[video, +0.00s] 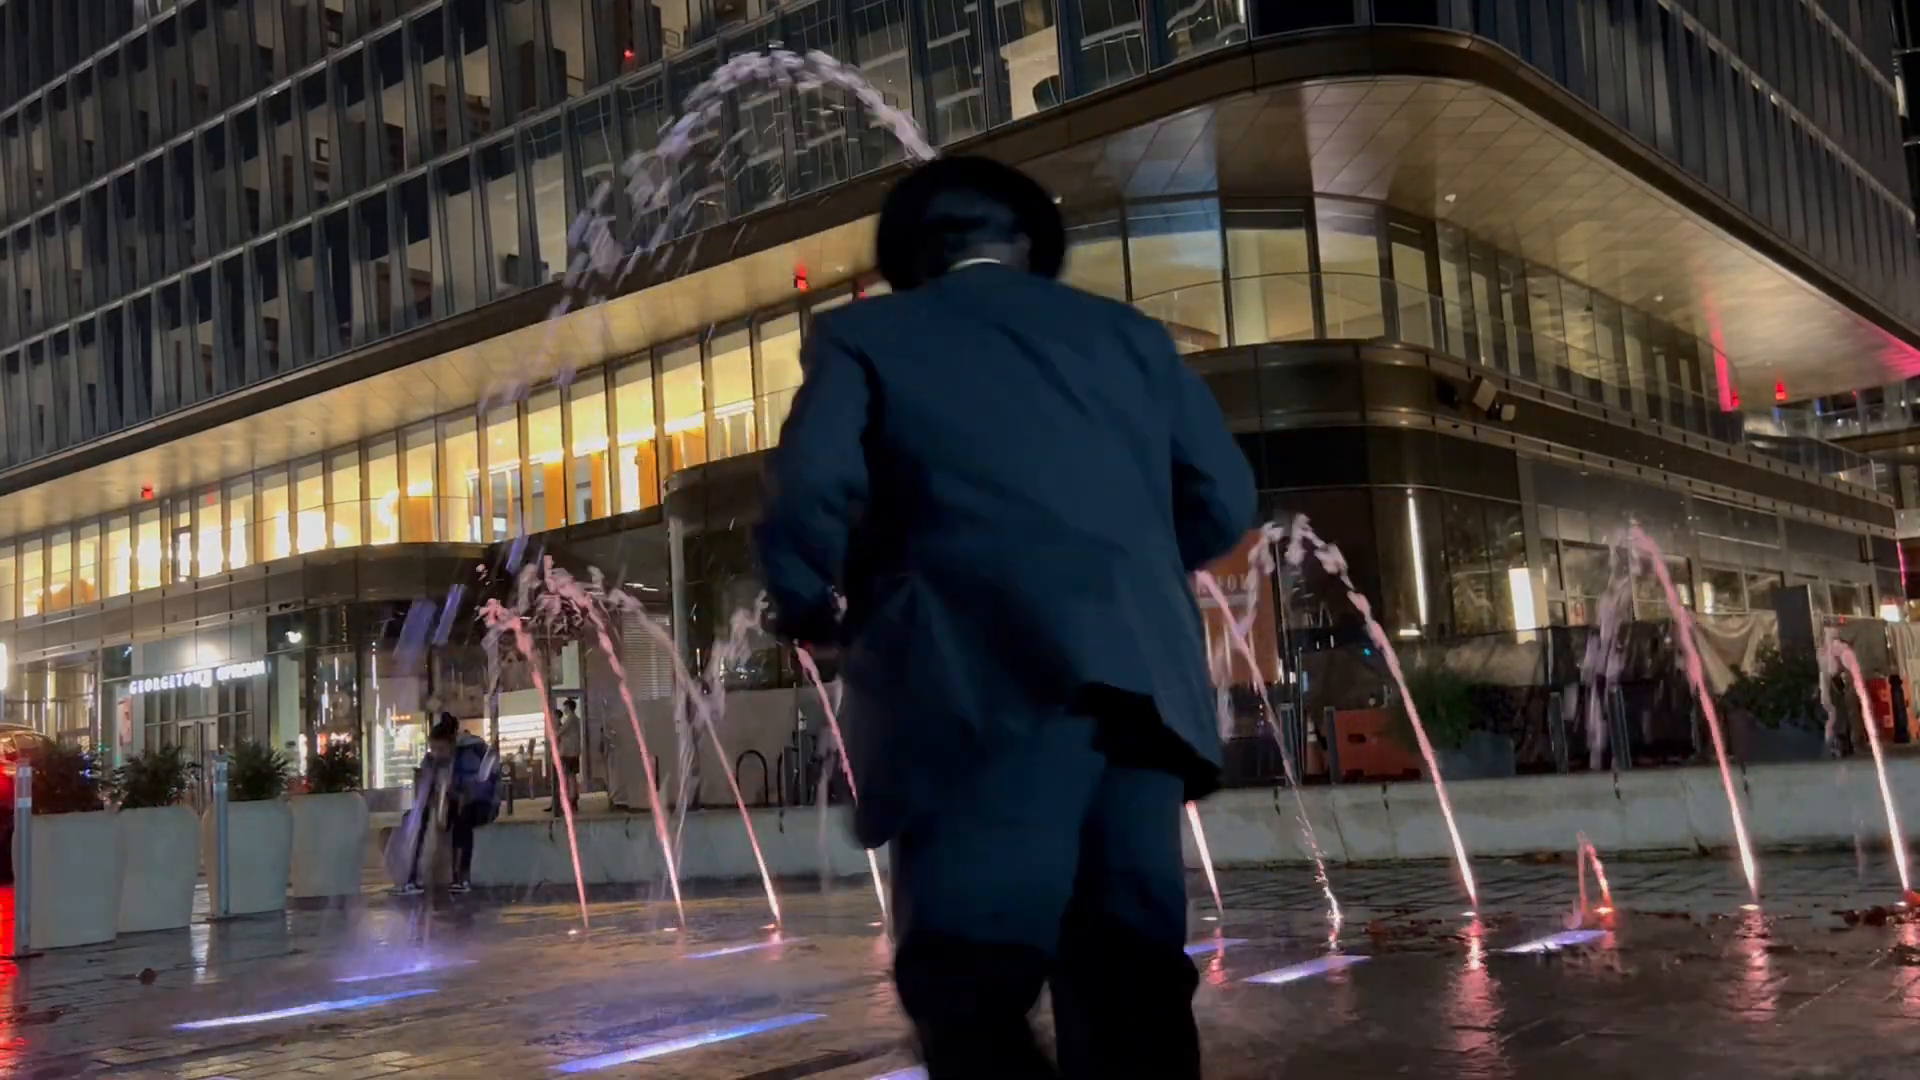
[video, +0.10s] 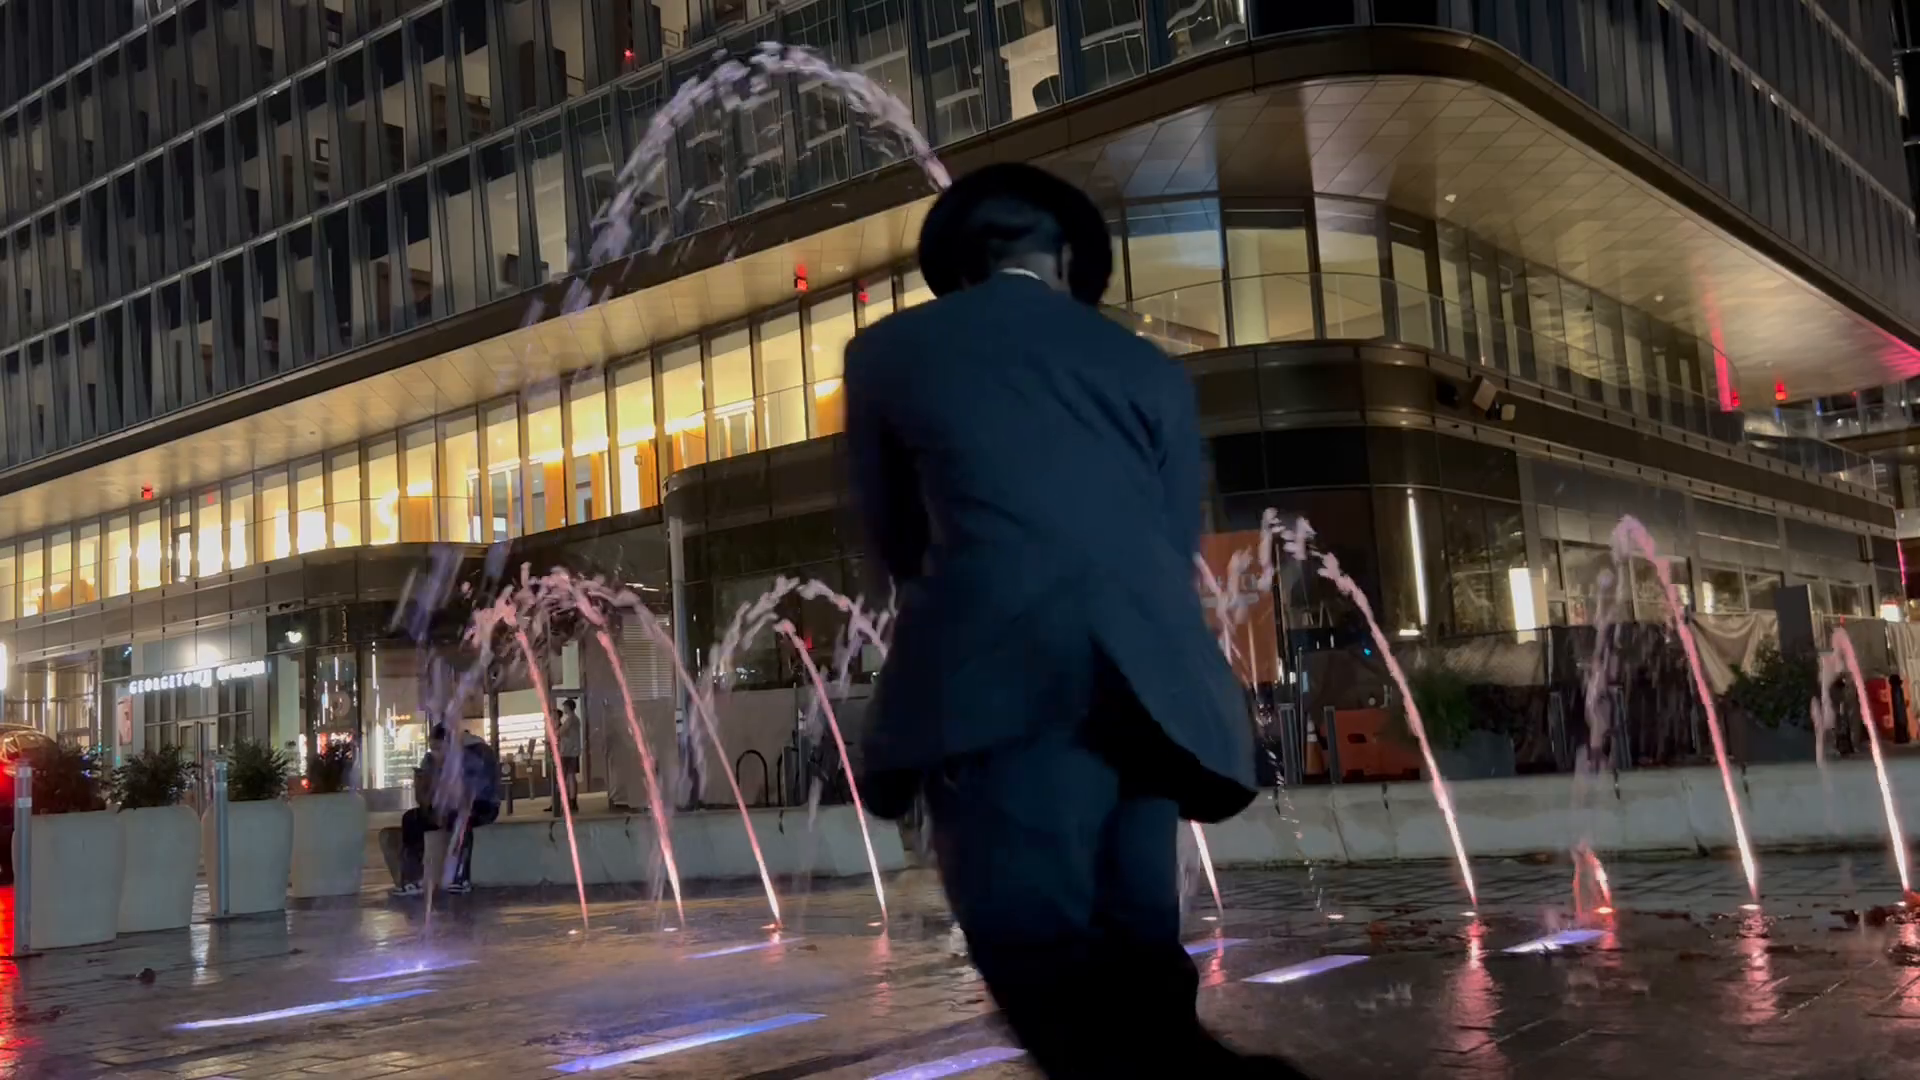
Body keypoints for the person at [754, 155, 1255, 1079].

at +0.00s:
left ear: (904, 261)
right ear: (1035, 251)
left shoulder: (868, 332)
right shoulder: (1130, 330)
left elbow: (806, 495)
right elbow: (1227, 502)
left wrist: (814, 617)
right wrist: (1121, 566)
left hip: (974, 693)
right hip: (1143, 691)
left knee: (965, 999)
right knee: (1133, 994)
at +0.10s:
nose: (1045, 266)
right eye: (1055, 253)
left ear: (953, 267)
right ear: (1070, 265)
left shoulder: (891, 348)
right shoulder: (1151, 362)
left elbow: (893, 536)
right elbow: (1181, 528)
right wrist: (1115, 616)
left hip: (992, 672)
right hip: (1147, 665)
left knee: (1038, 964)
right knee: (1146, 952)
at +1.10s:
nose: (902, 184)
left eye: (907, 159)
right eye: (905, 162)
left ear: (934, 154)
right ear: (1021, 160)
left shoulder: (908, 259)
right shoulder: (1090, 285)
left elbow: (858, 436)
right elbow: (1094, 436)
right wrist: (929, 465)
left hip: (976, 673)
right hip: (1112, 677)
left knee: (948, 981)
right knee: (1078, 957)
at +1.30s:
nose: (899, 221)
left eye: (900, 197)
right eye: (897, 201)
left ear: (933, 183)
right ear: (1014, 185)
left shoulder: (918, 275)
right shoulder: (1103, 310)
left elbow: (876, 481)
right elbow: (1151, 495)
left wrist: (855, 487)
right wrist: (969, 526)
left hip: (995, 696)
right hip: (1135, 692)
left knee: (943, 980)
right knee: (1100, 976)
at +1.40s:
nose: (885, 234)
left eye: (888, 209)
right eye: (882, 213)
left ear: (928, 192)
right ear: (991, 194)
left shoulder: (921, 287)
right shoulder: (1077, 311)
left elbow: (910, 509)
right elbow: (1117, 502)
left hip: (1011, 704)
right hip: (1133, 696)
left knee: (927, 989)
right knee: (1089, 976)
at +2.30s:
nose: (799, 255)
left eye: (799, 231)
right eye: (792, 238)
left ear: (834, 206)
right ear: (921, 208)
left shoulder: (842, 284)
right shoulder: (1026, 328)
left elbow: (789, 461)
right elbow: (1140, 493)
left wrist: (720, 606)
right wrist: (1013, 568)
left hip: (921, 723)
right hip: (1053, 710)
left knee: (854, 1013)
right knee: (1030, 943)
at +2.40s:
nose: (781, 250)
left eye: (781, 226)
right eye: (775, 232)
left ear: (818, 198)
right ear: (898, 192)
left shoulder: (813, 269)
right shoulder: (994, 296)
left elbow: (800, 483)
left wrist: (809, 614)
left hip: (946, 671)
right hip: (1071, 668)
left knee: (936, 996)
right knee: (986, 975)